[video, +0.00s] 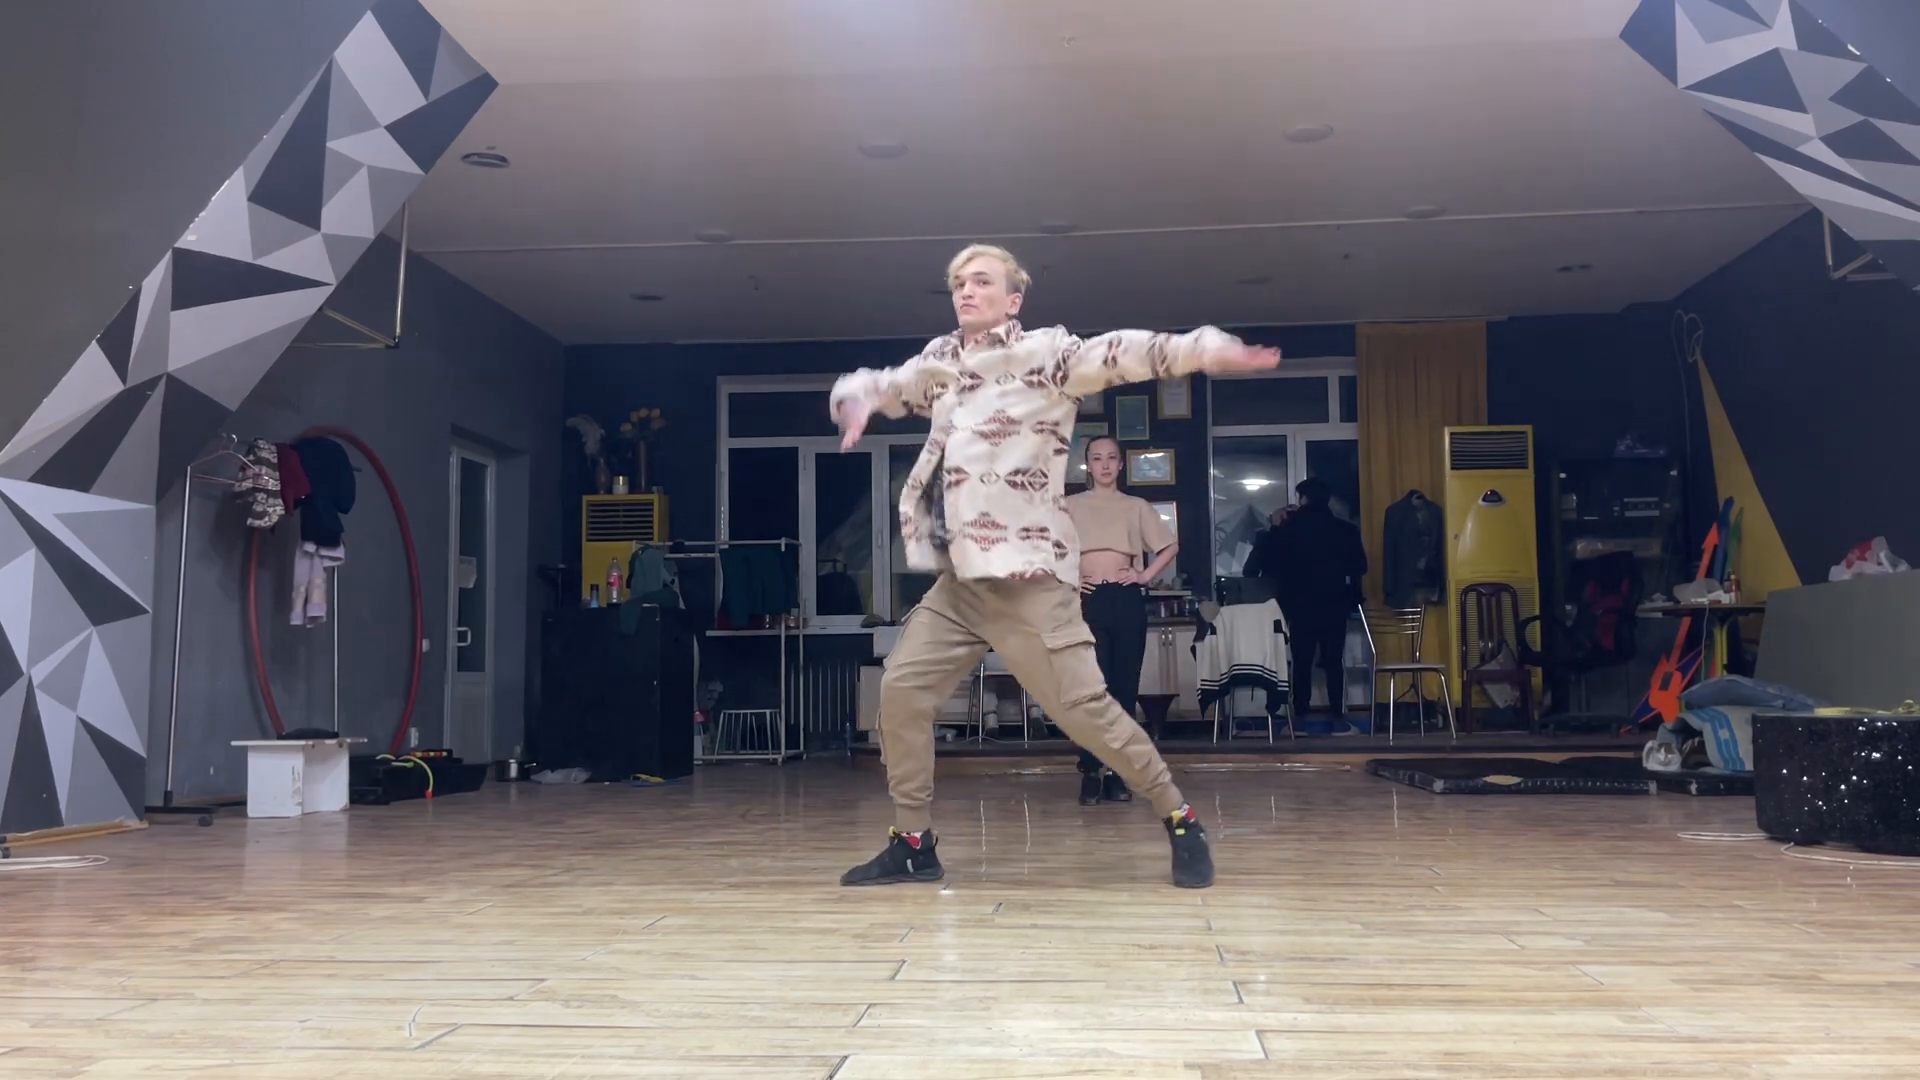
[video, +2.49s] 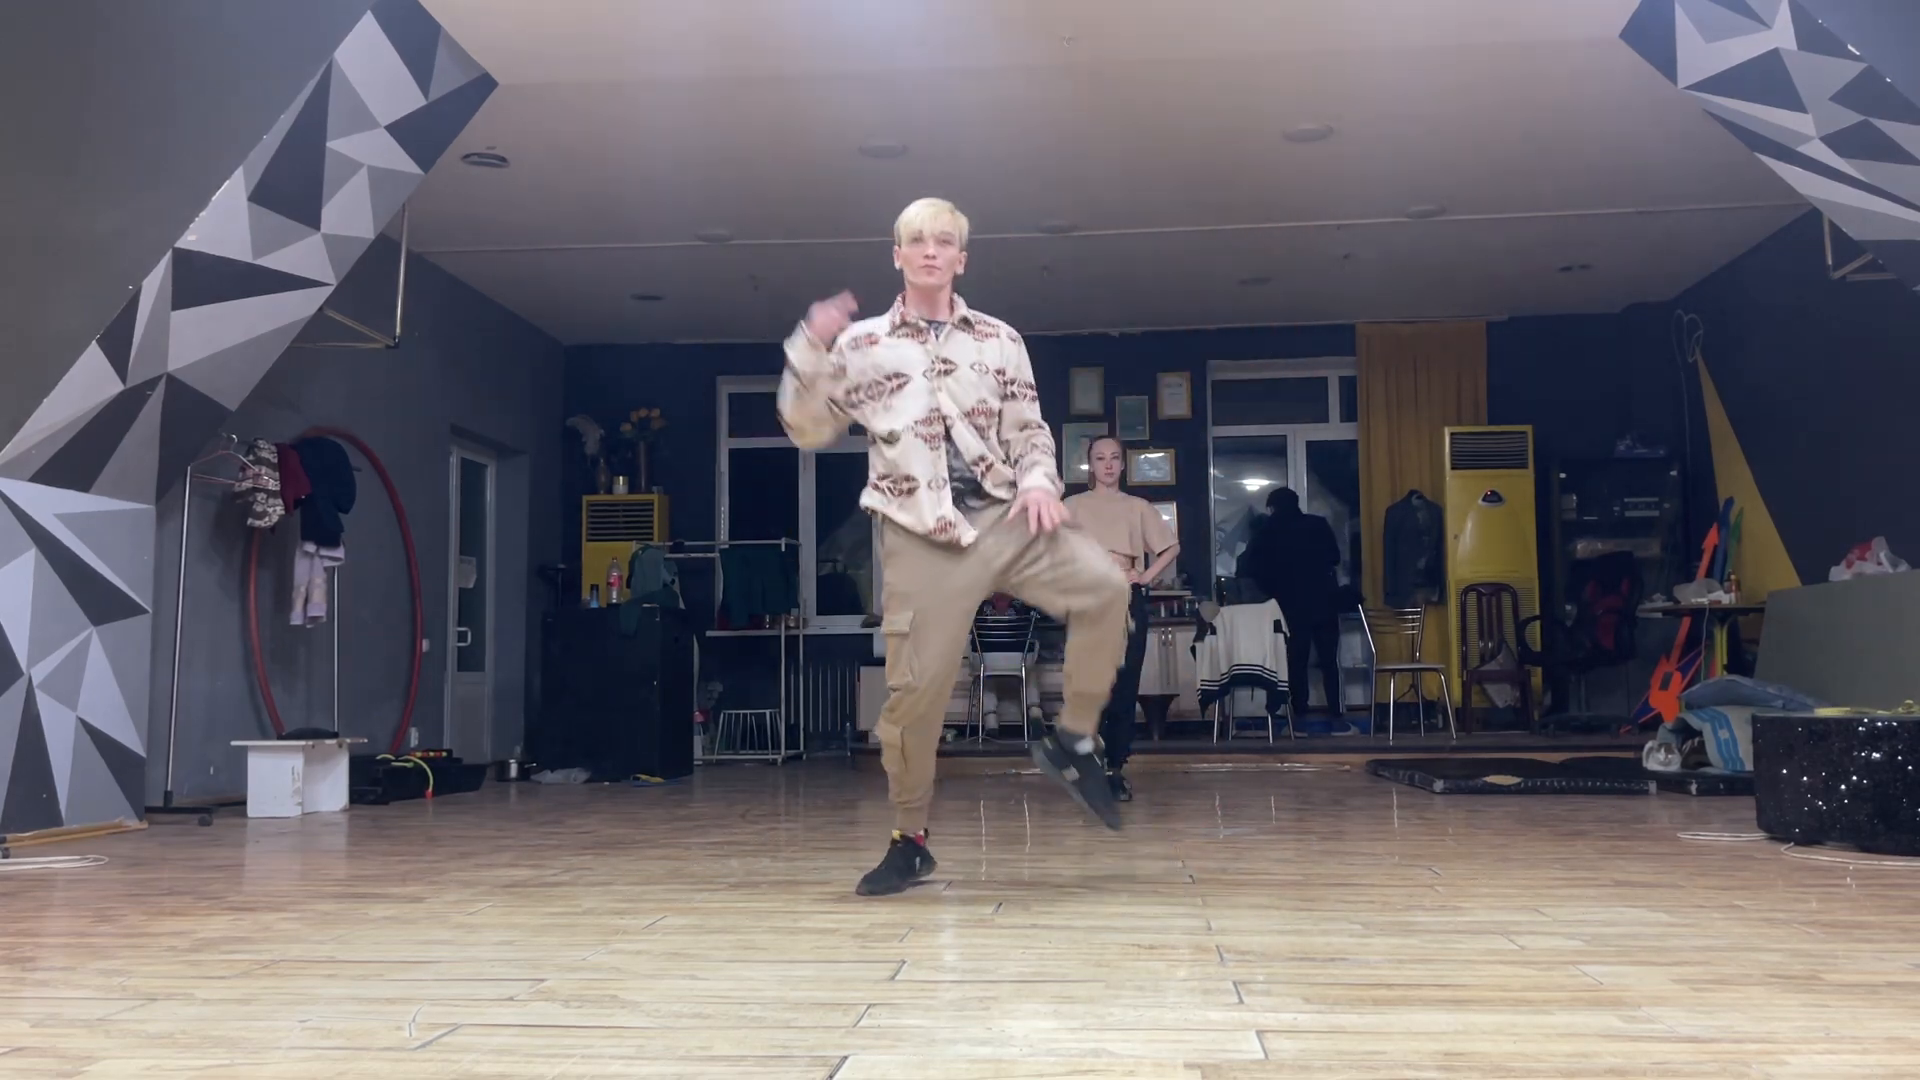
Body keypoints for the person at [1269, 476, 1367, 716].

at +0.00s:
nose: (1299, 502)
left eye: (1300, 498)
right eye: (1300, 498)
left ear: (1303, 499)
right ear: (1327, 499)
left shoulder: (1288, 529)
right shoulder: (1345, 529)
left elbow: (1267, 566)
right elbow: (1359, 568)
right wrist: (1353, 598)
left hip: (1300, 605)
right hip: (1333, 604)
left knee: (1302, 661)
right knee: (1334, 661)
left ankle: (1300, 719)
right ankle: (1337, 719)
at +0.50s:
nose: (1299, 502)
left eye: (1300, 498)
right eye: (1300, 498)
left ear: (1302, 499)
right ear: (1327, 499)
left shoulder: (1286, 529)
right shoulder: (1345, 530)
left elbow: (1252, 568)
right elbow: (1358, 568)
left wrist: (1271, 527)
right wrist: (1352, 597)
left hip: (1297, 605)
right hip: (1333, 604)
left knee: (1301, 661)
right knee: (1333, 661)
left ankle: (1300, 719)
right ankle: (1337, 719)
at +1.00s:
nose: (1298, 503)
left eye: (1299, 499)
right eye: (1301, 499)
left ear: (1301, 500)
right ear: (1327, 500)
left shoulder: (1286, 528)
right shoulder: (1344, 529)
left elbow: (1250, 567)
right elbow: (1358, 568)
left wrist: (1270, 527)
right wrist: (1355, 597)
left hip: (1298, 605)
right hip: (1333, 604)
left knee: (1300, 661)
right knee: (1333, 661)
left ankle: (1300, 717)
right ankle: (1337, 718)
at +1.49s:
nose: (1297, 503)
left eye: (1298, 499)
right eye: (1297, 499)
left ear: (1301, 500)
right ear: (1325, 500)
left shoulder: (1285, 530)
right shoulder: (1344, 530)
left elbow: (1270, 567)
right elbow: (1357, 567)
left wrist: (1283, 594)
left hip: (1298, 605)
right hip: (1332, 605)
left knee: (1300, 661)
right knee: (1333, 661)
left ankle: (1299, 719)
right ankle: (1337, 719)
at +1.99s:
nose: (1290, 507)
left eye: (1290, 503)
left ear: (1289, 503)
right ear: (1313, 502)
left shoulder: (1279, 528)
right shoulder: (1333, 526)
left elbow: (1264, 567)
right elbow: (1351, 562)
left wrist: (1278, 590)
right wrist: (1353, 595)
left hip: (1294, 604)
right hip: (1329, 602)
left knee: (1299, 663)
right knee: (1331, 662)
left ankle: (1299, 718)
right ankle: (1336, 719)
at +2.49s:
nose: (1270, 512)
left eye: (1271, 508)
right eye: (1271, 508)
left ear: (1274, 507)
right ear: (1296, 503)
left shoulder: (1268, 530)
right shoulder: (1318, 524)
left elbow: (1254, 568)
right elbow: (1334, 557)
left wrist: (1273, 590)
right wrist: (1311, 565)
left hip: (1289, 603)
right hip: (1323, 600)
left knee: (1297, 662)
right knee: (1329, 661)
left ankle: (1299, 718)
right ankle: (1336, 718)